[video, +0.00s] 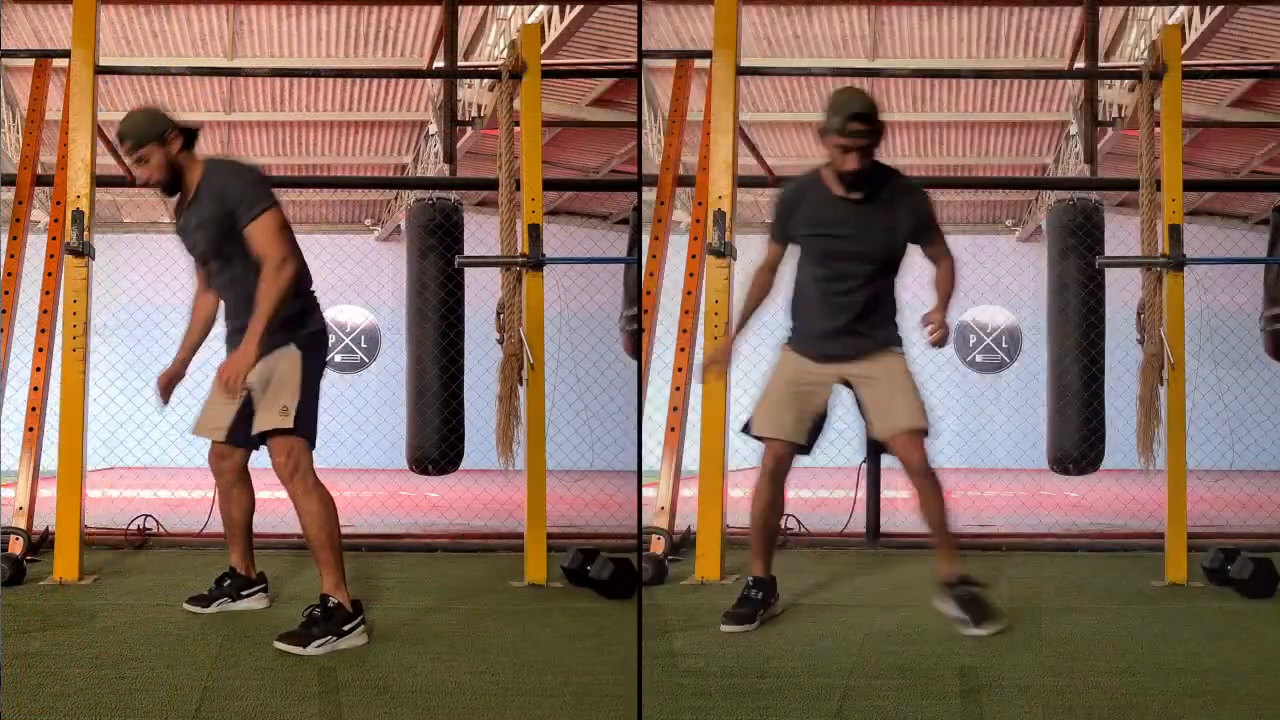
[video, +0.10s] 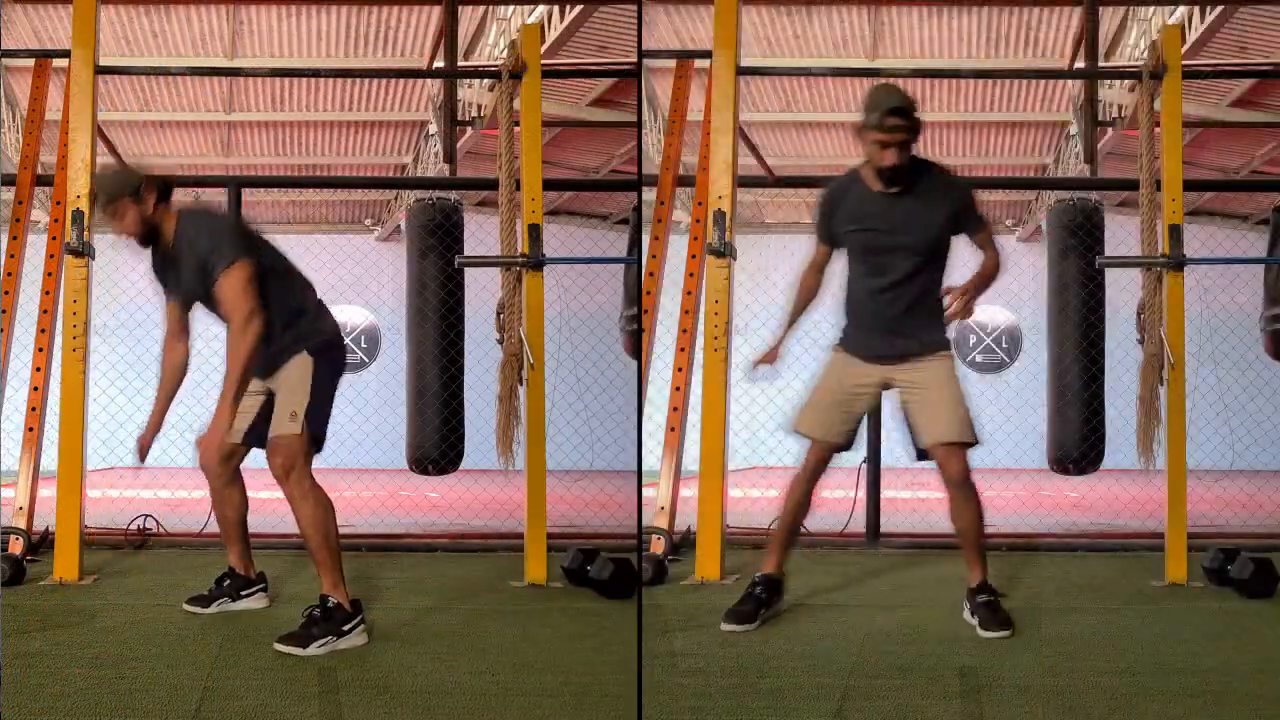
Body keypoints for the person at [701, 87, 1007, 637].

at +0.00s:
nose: (853, 162)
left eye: (863, 150)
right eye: (844, 150)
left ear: (877, 142)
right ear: (823, 142)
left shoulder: (905, 198)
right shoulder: (799, 196)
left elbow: (943, 259)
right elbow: (769, 267)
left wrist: (941, 306)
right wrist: (733, 334)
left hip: (878, 353)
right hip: (805, 351)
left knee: (915, 457)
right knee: (774, 458)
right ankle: (759, 584)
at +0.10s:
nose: (892, 158)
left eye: (902, 145)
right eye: (881, 145)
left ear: (915, 138)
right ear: (862, 138)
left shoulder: (945, 189)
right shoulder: (841, 196)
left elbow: (992, 254)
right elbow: (817, 266)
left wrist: (973, 288)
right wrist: (781, 337)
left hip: (927, 354)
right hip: (856, 352)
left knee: (956, 468)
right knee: (812, 462)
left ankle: (980, 589)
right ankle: (767, 580)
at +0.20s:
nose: (929, 161)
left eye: (938, 149)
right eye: (918, 149)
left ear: (950, 139)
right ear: (897, 139)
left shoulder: (981, 181)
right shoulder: (874, 191)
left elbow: (1038, 238)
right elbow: (857, 263)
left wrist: (1012, 277)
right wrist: (836, 334)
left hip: (969, 340)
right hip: (901, 341)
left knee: (987, 455)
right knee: (871, 449)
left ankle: (990, 582)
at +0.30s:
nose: (967, 193)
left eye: (975, 181)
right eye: (955, 182)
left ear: (988, 167)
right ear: (934, 170)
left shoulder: (1017, 202)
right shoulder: (906, 209)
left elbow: (1069, 265)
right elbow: (884, 273)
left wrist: (1056, 325)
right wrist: (878, 345)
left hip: (1004, 339)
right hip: (936, 342)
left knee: (1030, 440)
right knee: (925, 445)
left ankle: (1042, 562)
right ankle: (956, 561)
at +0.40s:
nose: (1011, 250)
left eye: (1019, 238)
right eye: (1000, 239)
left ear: (1032, 224)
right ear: (977, 222)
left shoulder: (1055, 255)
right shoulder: (943, 253)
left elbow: (1099, 337)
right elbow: (918, 298)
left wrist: (1094, 418)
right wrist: (920, 365)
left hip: (1039, 360)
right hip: (966, 366)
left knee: (1089, 461)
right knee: (961, 462)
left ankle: (1130, 571)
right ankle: (999, 587)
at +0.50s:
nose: (1052, 330)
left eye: (1059, 318)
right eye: (1041, 318)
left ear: (1071, 305)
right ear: (1015, 300)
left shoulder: (1095, 327)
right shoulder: (981, 305)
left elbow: (1126, 421)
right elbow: (953, 335)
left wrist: (1132, 514)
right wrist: (947, 393)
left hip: (1073, 391)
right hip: (1002, 383)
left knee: (1133, 476)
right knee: (976, 464)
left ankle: (1188, 583)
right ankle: (1001, 586)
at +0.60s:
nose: (1085, 401)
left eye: (1092, 388)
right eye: (1075, 388)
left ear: (1106, 370)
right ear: (1052, 363)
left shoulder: (1123, 389)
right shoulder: (1015, 349)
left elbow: (1149, 490)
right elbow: (979, 358)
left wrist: (1156, 591)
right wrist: (974, 409)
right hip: (1027, 392)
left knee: (1162, 474)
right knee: (1002, 462)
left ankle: (1193, 585)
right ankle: (1005, 587)